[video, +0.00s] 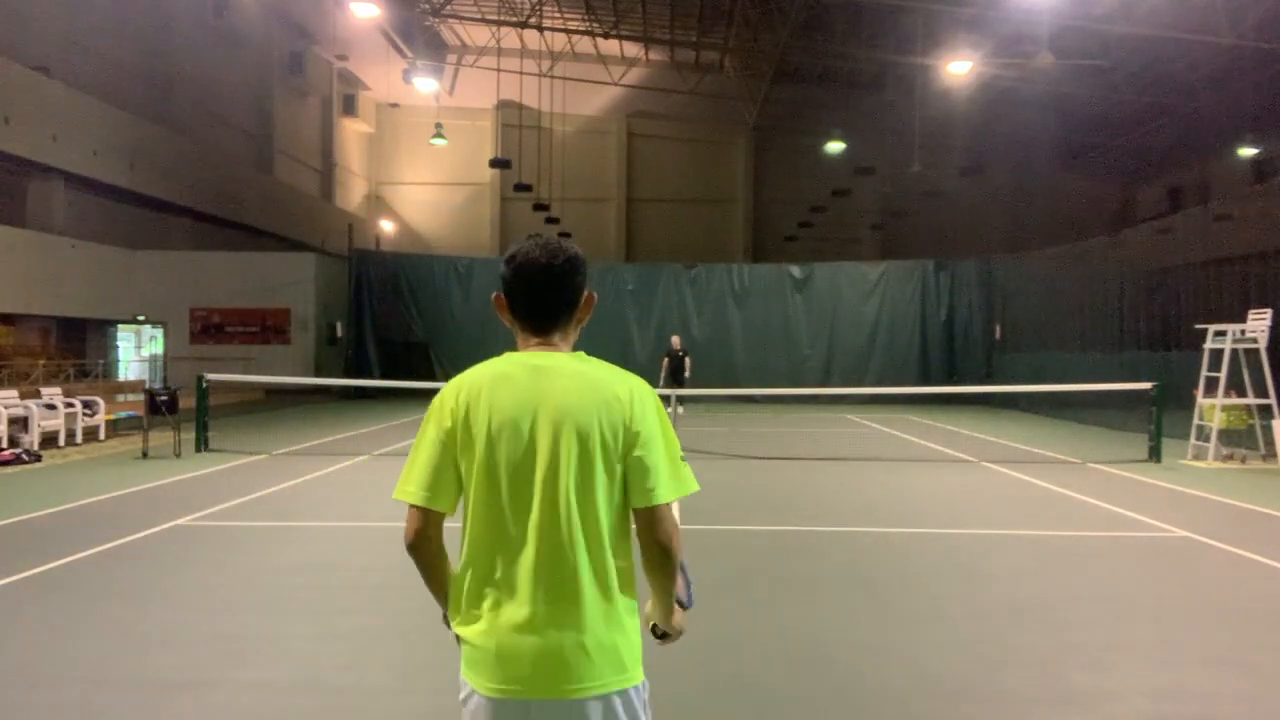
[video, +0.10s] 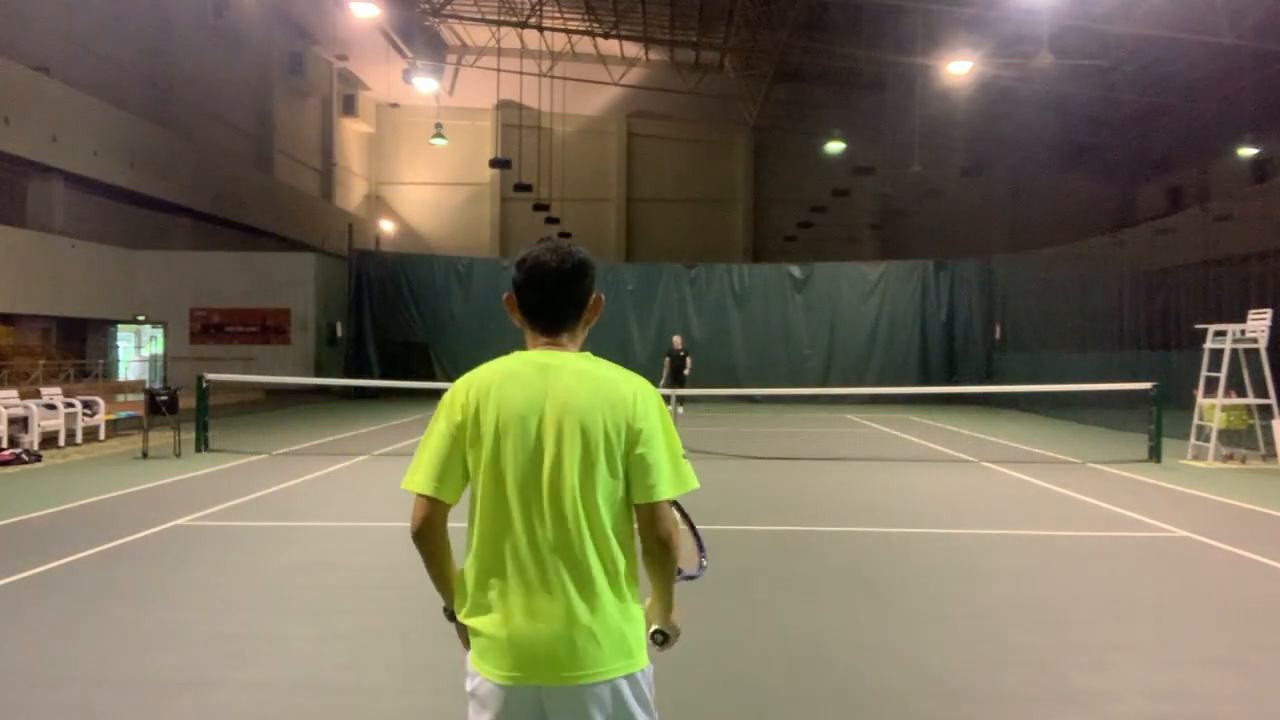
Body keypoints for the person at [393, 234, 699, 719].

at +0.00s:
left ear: (502, 308)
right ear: (587, 306)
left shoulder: (463, 394)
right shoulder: (628, 395)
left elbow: (419, 533)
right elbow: (660, 530)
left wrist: (455, 607)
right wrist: (664, 610)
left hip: (496, 664)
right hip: (600, 665)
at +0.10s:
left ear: (512, 306)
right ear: (594, 308)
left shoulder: (472, 392)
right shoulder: (631, 394)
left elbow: (425, 523)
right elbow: (660, 529)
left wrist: (457, 605)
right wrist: (662, 609)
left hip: (502, 654)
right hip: (605, 656)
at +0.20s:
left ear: (527, 312)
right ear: (606, 315)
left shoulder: (487, 393)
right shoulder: (642, 400)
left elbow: (441, 519)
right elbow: (670, 528)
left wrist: (466, 602)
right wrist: (665, 598)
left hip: (511, 651)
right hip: (612, 653)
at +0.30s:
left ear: (549, 317)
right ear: (626, 320)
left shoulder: (509, 396)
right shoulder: (661, 406)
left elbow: (465, 519)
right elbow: (687, 531)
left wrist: (480, 596)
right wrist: (668, 583)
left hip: (524, 651)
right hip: (623, 654)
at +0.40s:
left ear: (574, 317)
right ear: (649, 321)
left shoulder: (536, 393)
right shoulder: (679, 408)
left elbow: (497, 517)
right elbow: (702, 535)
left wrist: (508, 589)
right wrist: (670, 583)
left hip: (541, 642)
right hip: (637, 648)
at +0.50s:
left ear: (592, 315)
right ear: (665, 319)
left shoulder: (556, 388)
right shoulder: (694, 403)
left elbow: (521, 508)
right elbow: (713, 528)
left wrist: (528, 576)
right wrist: (673, 576)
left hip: (559, 629)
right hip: (651, 633)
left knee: (528, 713)